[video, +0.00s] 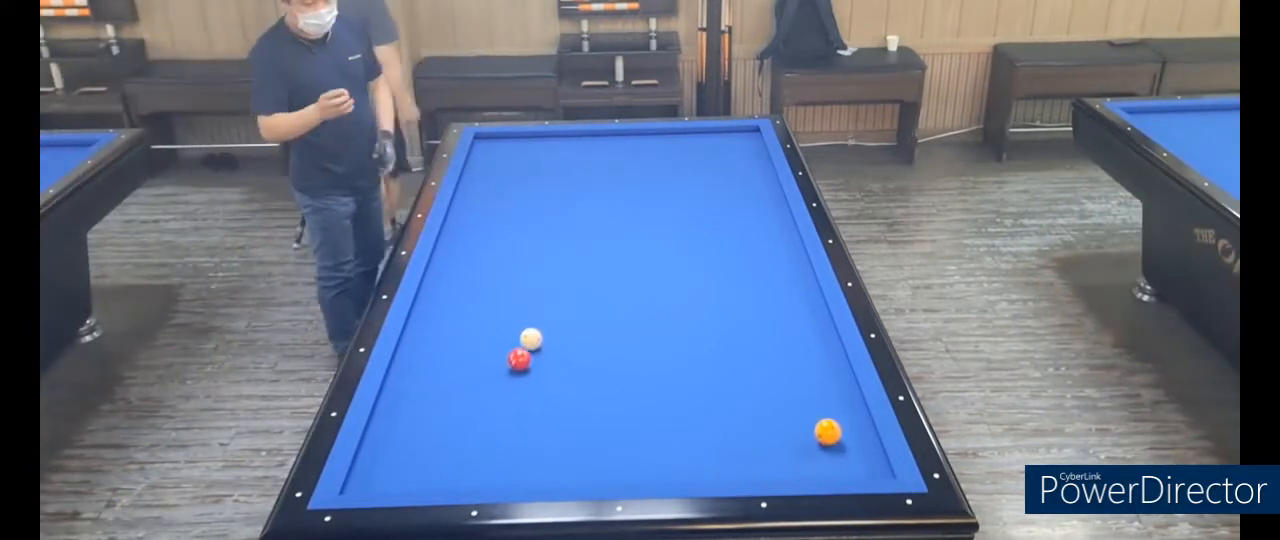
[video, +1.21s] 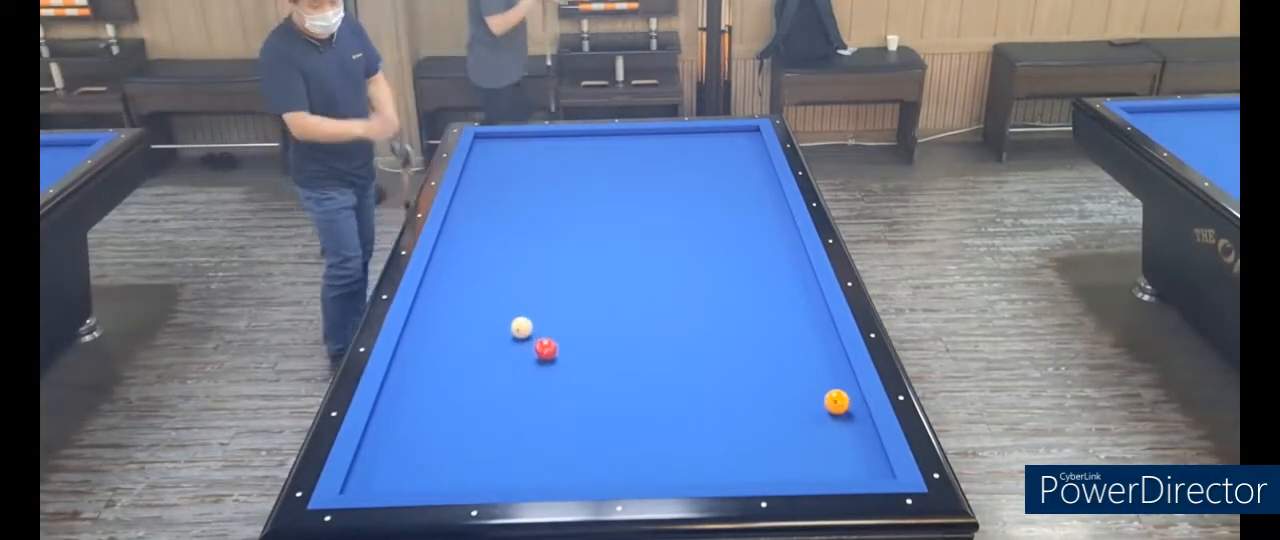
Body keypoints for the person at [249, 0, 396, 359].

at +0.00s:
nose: (322, 9)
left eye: (326, 1)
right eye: (309, 3)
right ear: (285, 6)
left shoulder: (350, 28)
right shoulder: (270, 51)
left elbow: (377, 84)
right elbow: (269, 128)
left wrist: (386, 134)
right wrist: (317, 112)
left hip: (366, 175)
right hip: (321, 184)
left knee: (371, 262)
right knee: (337, 272)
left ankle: (376, 337)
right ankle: (348, 351)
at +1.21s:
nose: (328, 7)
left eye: (333, 0)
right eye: (316, 3)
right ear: (290, 5)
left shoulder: (348, 27)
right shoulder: (279, 51)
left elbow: (375, 80)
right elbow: (299, 126)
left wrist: (390, 120)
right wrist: (366, 127)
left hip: (360, 171)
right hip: (322, 179)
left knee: (361, 259)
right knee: (345, 265)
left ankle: (357, 336)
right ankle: (340, 352)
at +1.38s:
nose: (337, 24)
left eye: (342, 13)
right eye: (324, 18)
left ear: (350, 7)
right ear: (300, 16)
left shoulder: (347, 33)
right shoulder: (290, 61)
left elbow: (367, 79)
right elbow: (323, 139)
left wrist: (388, 128)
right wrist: (390, 171)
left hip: (353, 178)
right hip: (318, 186)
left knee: (355, 259)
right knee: (336, 268)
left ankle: (355, 332)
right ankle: (339, 354)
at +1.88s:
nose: (330, 42)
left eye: (334, 32)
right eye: (318, 37)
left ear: (342, 16)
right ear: (293, 31)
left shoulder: (351, 32)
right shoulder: (276, 62)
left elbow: (378, 63)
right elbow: (279, 148)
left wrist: (387, 70)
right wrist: (348, 177)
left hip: (350, 178)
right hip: (306, 186)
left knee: (351, 261)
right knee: (323, 272)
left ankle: (354, 336)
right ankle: (338, 354)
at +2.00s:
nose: (318, 41)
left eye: (322, 31)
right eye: (305, 37)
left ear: (329, 15)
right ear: (280, 31)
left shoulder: (349, 33)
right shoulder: (262, 63)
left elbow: (399, 76)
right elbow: (244, 142)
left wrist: (394, 69)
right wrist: (299, 192)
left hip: (351, 176)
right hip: (300, 187)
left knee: (355, 263)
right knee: (314, 272)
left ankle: (354, 337)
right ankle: (333, 350)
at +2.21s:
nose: (308, 60)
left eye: (312, 50)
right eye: (295, 56)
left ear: (317, 34)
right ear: (270, 50)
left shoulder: (343, 53)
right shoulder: (250, 74)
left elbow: (390, 96)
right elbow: (221, 135)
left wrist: (401, 118)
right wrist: (259, 185)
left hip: (354, 185)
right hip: (298, 195)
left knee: (379, 260)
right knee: (310, 277)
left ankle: (363, 338)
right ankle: (332, 352)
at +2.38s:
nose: (314, 85)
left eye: (319, 75)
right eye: (302, 81)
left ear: (324, 59)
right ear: (275, 73)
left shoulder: (350, 78)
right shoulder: (249, 81)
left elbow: (394, 130)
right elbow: (225, 123)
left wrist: (402, 176)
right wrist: (252, 173)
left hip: (359, 188)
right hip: (300, 194)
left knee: (383, 269)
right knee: (309, 276)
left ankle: (414, 341)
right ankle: (332, 353)